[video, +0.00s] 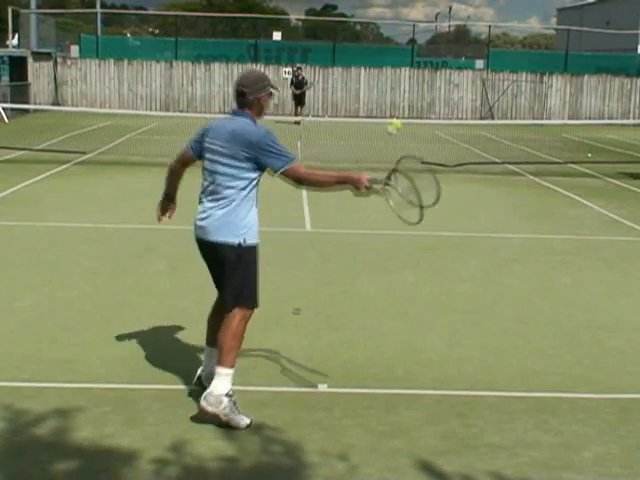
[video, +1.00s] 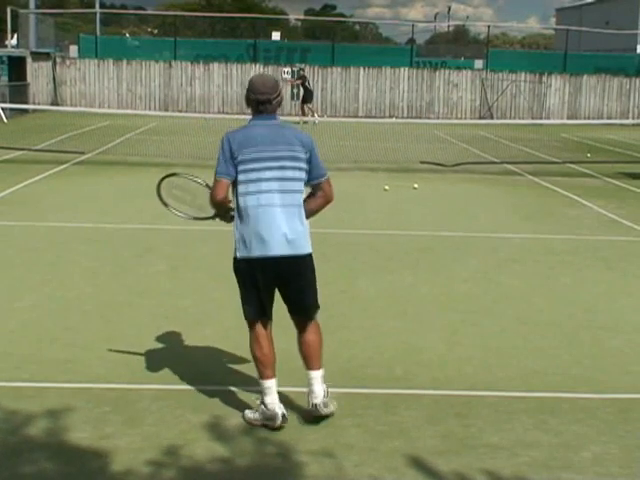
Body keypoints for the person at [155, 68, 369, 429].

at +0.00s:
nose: (269, 101)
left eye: (268, 96)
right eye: (267, 96)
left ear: (240, 97)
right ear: (257, 98)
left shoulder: (212, 128)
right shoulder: (256, 135)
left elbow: (179, 163)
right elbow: (299, 175)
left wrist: (168, 196)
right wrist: (349, 179)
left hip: (207, 232)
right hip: (236, 237)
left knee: (226, 299)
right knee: (242, 308)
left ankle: (209, 368)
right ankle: (218, 394)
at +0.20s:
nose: (256, 91)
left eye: (251, 85)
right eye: (254, 87)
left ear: (223, 92)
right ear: (251, 91)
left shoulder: (204, 132)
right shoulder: (265, 122)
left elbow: (183, 188)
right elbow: (283, 142)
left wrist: (195, 214)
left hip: (221, 231)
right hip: (261, 229)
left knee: (219, 298)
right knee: (260, 303)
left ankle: (211, 370)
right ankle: (250, 381)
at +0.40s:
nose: (239, 99)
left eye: (233, 95)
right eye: (251, 94)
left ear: (229, 97)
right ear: (259, 96)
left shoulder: (218, 136)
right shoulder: (274, 128)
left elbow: (204, 195)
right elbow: (251, 133)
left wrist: (197, 222)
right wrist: (223, 125)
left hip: (234, 236)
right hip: (275, 233)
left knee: (225, 305)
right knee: (287, 306)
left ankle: (218, 379)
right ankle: (295, 384)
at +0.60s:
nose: (250, 108)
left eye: (246, 103)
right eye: (263, 102)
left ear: (244, 106)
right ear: (273, 104)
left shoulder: (241, 144)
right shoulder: (291, 137)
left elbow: (231, 198)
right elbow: (271, 171)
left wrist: (204, 213)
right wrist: (231, 163)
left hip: (257, 246)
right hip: (297, 244)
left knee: (234, 308)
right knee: (301, 311)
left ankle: (222, 380)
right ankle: (319, 385)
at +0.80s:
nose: (250, 102)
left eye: (248, 97)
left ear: (246, 100)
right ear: (277, 99)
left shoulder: (239, 137)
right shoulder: (299, 135)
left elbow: (228, 194)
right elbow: (305, 186)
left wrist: (209, 199)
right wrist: (248, 194)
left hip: (259, 243)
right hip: (302, 240)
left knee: (248, 310)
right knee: (308, 308)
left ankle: (267, 392)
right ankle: (324, 381)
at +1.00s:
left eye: (253, 99)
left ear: (248, 103)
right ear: (280, 103)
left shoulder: (233, 140)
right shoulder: (301, 139)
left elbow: (219, 196)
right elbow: (324, 194)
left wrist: (226, 210)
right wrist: (293, 215)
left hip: (253, 250)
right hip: (295, 248)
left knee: (259, 322)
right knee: (307, 318)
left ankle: (271, 405)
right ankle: (318, 396)